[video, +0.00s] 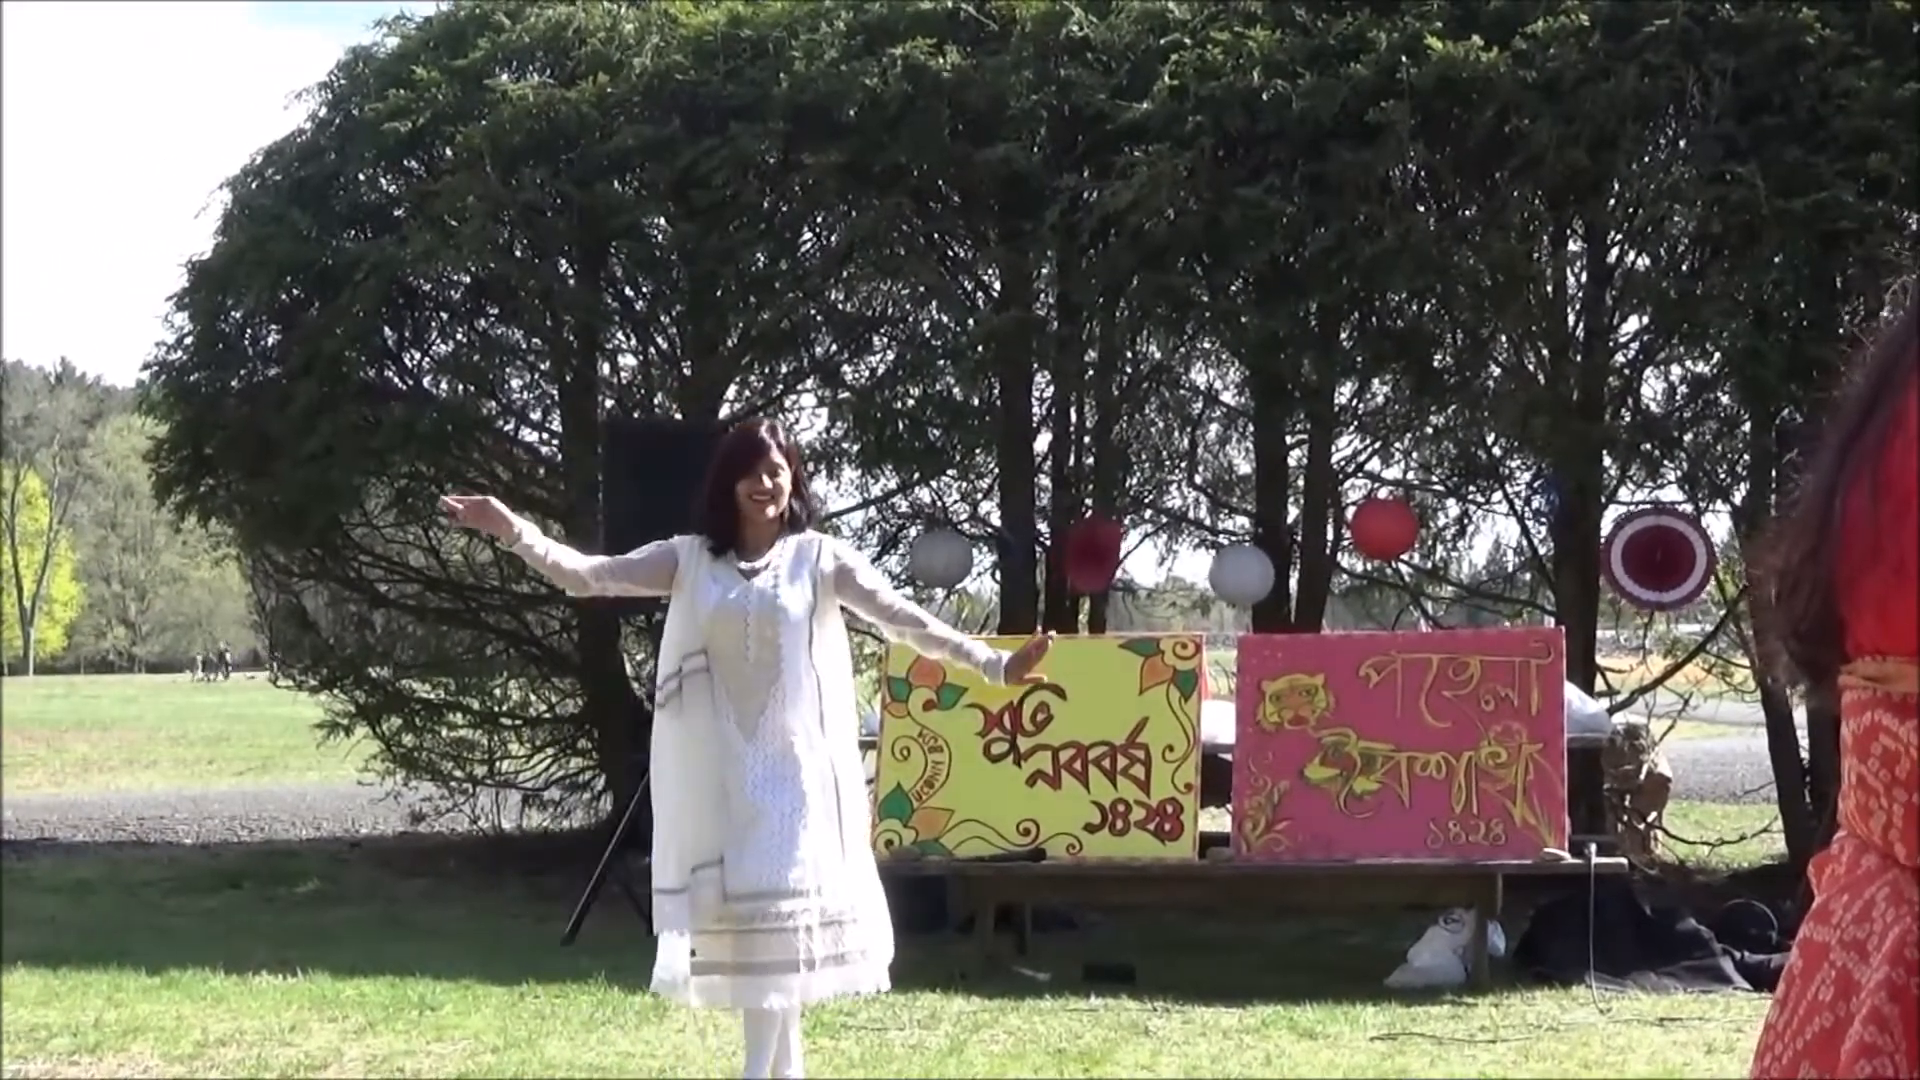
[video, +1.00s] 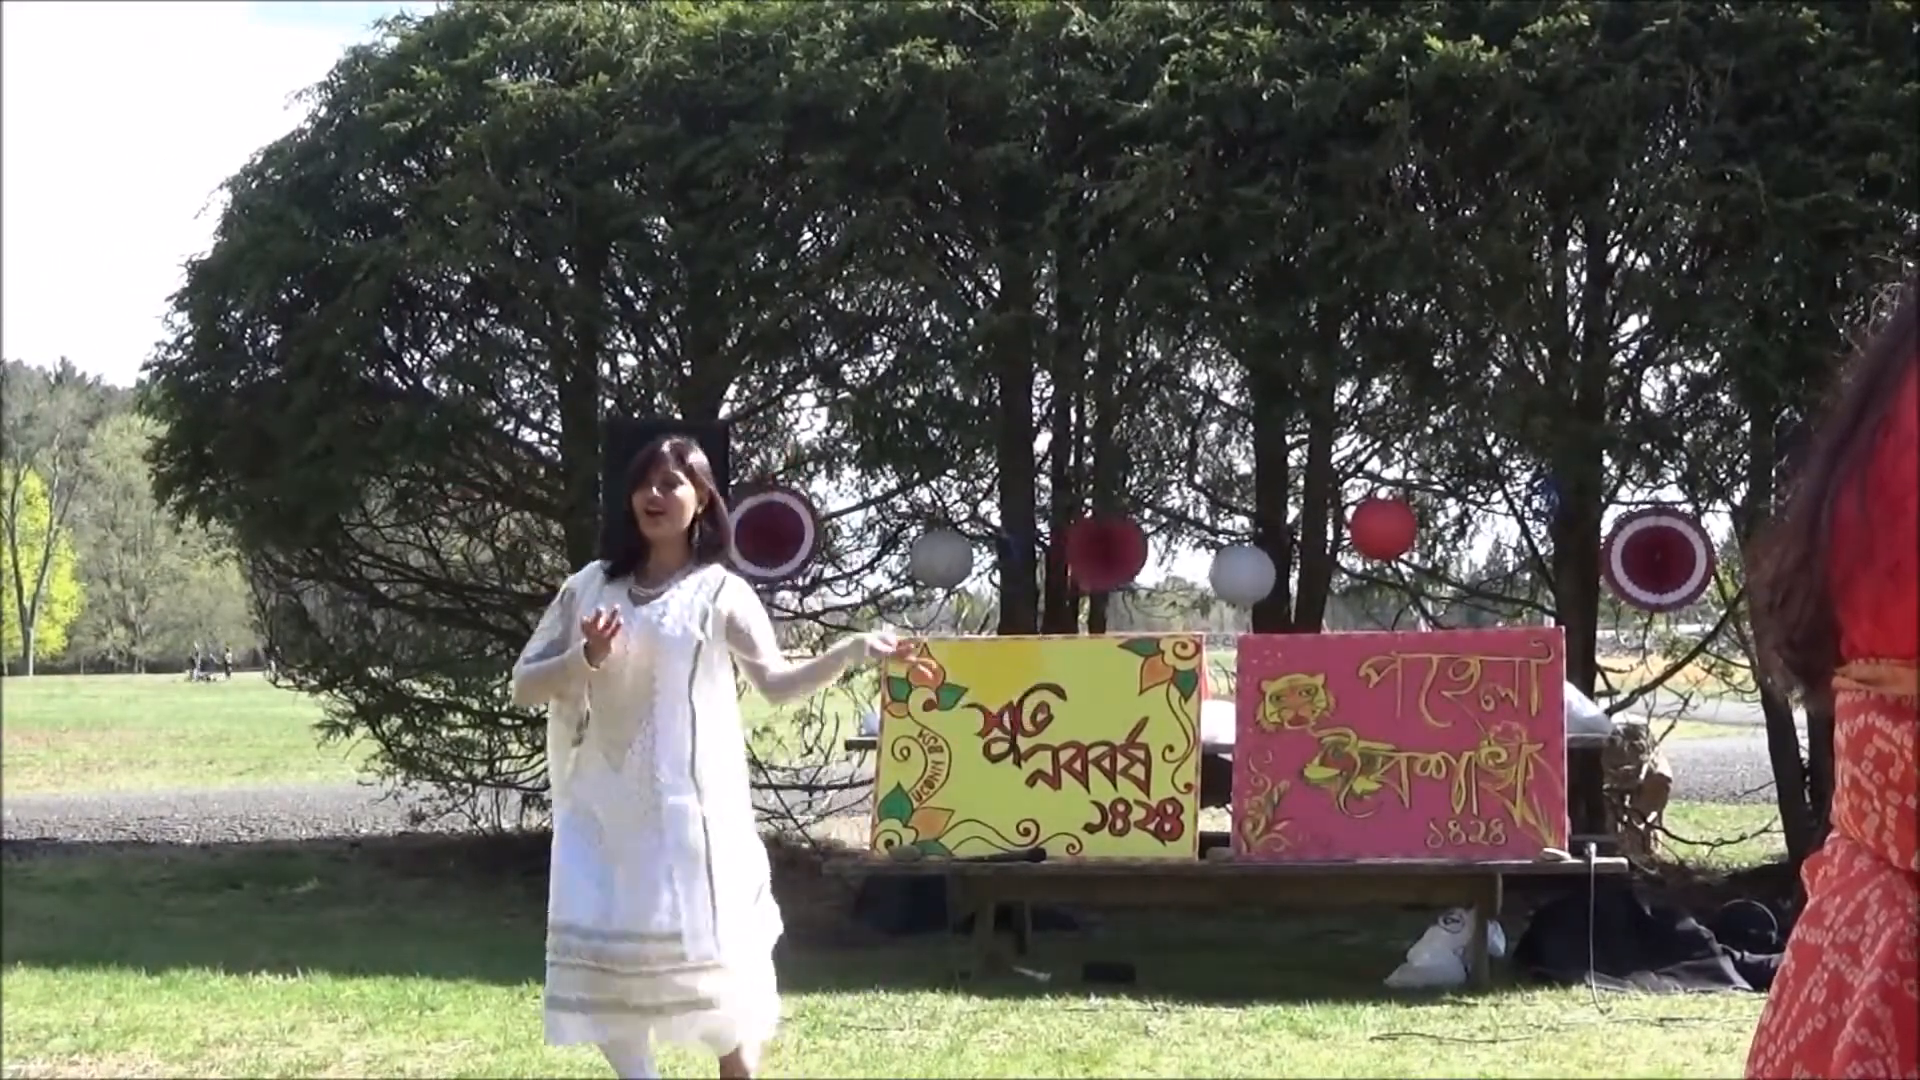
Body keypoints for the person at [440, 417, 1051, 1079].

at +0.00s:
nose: (768, 483)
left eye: (777, 471)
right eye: (753, 472)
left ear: (793, 480)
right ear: (727, 483)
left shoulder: (820, 557)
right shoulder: (693, 558)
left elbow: (907, 619)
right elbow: (584, 575)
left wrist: (994, 660)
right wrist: (513, 528)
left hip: (799, 758)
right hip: (720, 756)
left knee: (770, 908)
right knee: (753, 911)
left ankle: (763, 1068)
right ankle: (783, 1063)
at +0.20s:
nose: (760, 487)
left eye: (771, 475)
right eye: (746, 475)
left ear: (790, 486)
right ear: (720, 486)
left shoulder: (812, 563)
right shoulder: (682, 565)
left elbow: (901, 624)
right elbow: (589, 606)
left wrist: (991, 675)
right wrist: (542, 577)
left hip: (786, 761)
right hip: (705, 761)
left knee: (776, 912)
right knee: (737, 913)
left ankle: (771, 1067)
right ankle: (778, 1063)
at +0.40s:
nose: (748, 496)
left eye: (761, 483)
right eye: (735, 483)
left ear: (782, 493)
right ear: (713, 492)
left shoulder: (806, 570)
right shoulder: (677, 578)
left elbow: (893, 641)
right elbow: (589, 651)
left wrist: (990, 702)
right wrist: (595, 634)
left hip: (775, 781)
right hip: (694, 779)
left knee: (766, 933)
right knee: (688, 930)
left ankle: (764, 1073)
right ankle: (748, 1061)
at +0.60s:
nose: (737, 506)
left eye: (751, 494)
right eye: (725, 493)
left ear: (771, 505)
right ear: (704, 501)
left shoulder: (788, 579)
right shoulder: (668, 596)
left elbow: (880, 653)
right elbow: (601, 681)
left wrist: (981, 716)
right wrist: (603, 660)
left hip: (761, 788)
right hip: (680, 784)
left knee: (752, 945)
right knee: (637, 910)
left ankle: (761, 1071)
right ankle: (697, 1070)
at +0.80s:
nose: (706, 506)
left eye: (723, 495)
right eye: (696, 493)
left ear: (748, 509)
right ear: (678, 503)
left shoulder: (768, 595)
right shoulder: (635, 597)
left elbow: (861, 673)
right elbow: (560, 684)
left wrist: (965, 725)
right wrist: (596, 672)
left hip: (739, 815)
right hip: (646, 809)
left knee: (750, 966)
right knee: (598, 939)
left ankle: (758, 1069)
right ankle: (646, 1072)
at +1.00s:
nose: (654, 492)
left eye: (672, 481)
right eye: (644, 480)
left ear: (700, 499)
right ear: (629, 493)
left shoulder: (721, 590)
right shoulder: (589, 585)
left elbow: (778, 682)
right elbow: (525, 684)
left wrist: (853, 650)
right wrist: (583, 657)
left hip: (697, 817)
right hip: (600, 818)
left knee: (723, 984)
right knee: (603, 988)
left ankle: (738, 1068)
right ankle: (637, 1076)